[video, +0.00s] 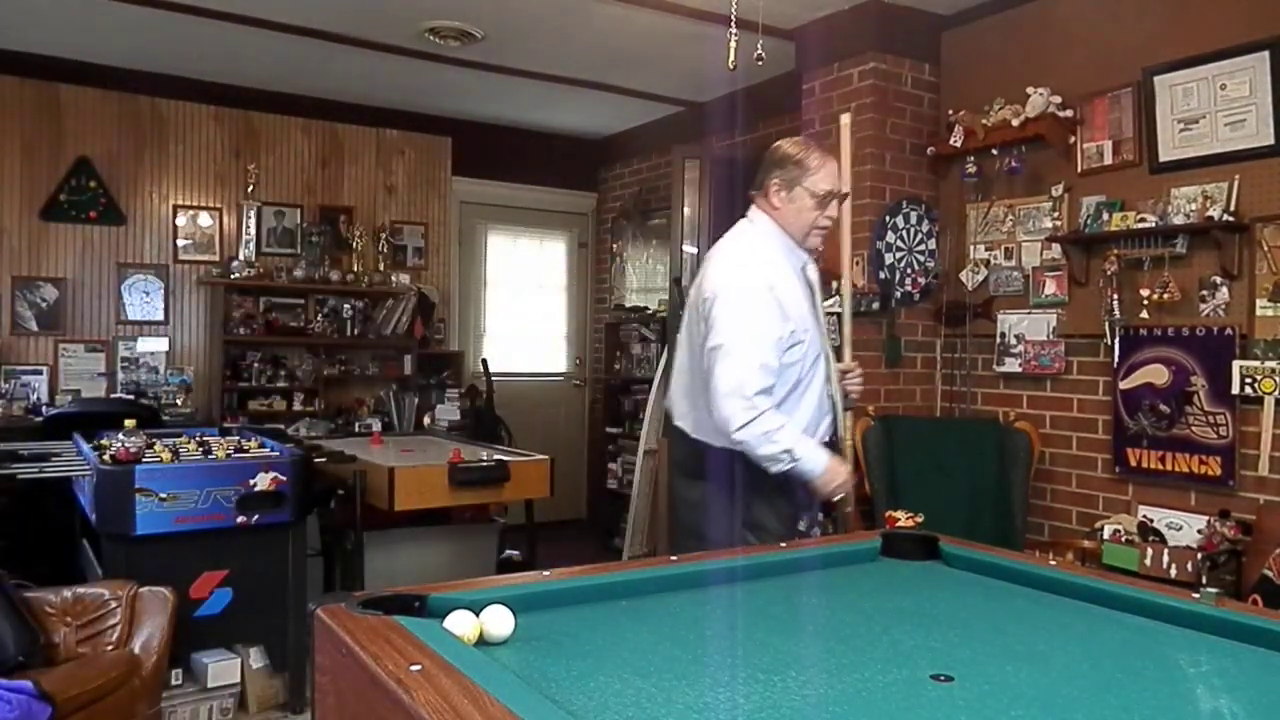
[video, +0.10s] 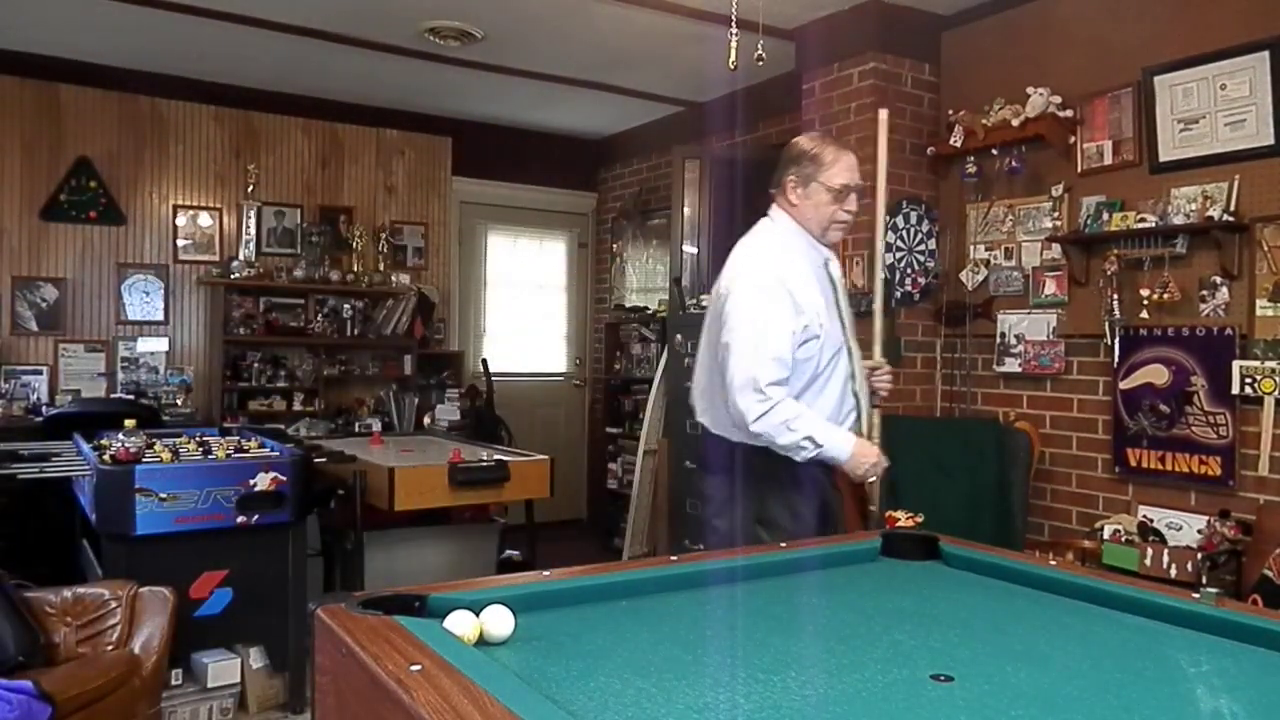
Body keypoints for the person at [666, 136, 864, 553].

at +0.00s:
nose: (833, 214)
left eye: (838, 200)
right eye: (823, 199)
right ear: (777, 194)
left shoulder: (784, 257)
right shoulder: (746, 266)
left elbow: (774, 367)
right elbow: (740, 407)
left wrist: (829, 380)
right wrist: (817, 464)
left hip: (767, 461)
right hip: (731, 468)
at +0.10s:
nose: (853, 207)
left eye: (856, 194)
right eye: (839, 193)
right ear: (794, 190)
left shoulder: (813, 256)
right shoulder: (764, 263)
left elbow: (801, 363)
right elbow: (757, 400)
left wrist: (857, 376)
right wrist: (845, 448)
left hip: (800, 458)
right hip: (757, 463)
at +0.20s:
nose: (875, 211)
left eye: (879, 198)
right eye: (861, 197)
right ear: (815, 194)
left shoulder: (843, 263)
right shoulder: (778, 266)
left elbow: (833, 373)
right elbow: (766, 402)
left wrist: (887, 386)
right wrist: (856, 447)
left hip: (841, 468)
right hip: (786, 471)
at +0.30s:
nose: (901, 218)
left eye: (908, 206)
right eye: (888, 202)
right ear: (844, 197)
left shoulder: (882, 281)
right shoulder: (797, 272)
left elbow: (858, 379)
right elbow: (766, 398)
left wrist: (911, 394)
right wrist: (855, 452)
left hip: (863, 481)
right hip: (795, 479)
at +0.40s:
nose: (932, 223)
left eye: (940, 211)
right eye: (920, 207)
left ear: (947, 215)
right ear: (879, 201)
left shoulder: (923, 292)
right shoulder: (822, 273)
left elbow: (899, 378)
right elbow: (774, 386)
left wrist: (945, 403)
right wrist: (849, 451)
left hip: (895, 483)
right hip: (818, 481)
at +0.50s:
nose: (966, 227)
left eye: (977, 218)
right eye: (955, 209)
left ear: (982, 223)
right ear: (913, 201)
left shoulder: (963, 304)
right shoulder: (850, 273)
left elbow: (949, 382)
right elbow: (789, 379)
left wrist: (977, 410)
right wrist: (851, 445)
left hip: (920, 493)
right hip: (835, 488)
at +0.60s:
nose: (993, 225)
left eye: (1004, 217)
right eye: (983, 207)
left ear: (1010, 223)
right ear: (943, 196)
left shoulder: (990, 301)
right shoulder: (873, 267)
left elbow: (996, 380)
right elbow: (807, 370)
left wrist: (1004, 412)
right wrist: (865, 437)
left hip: (938, 488)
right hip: (854, 480)